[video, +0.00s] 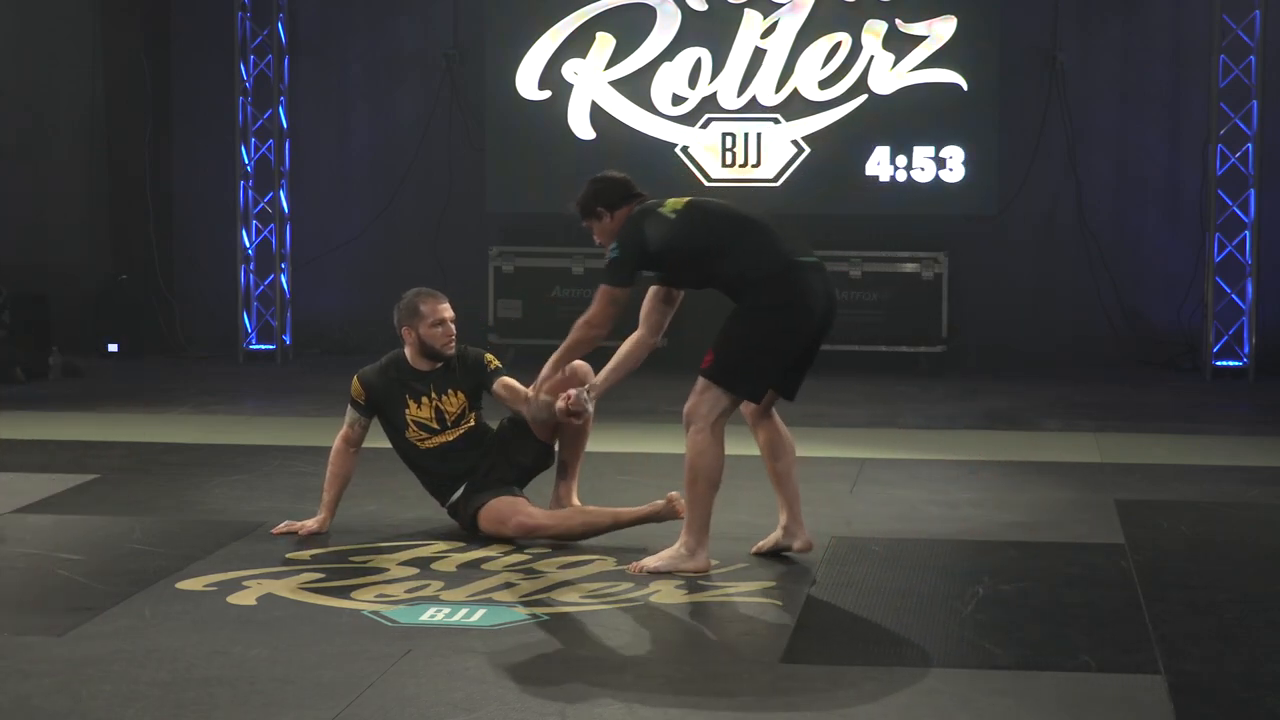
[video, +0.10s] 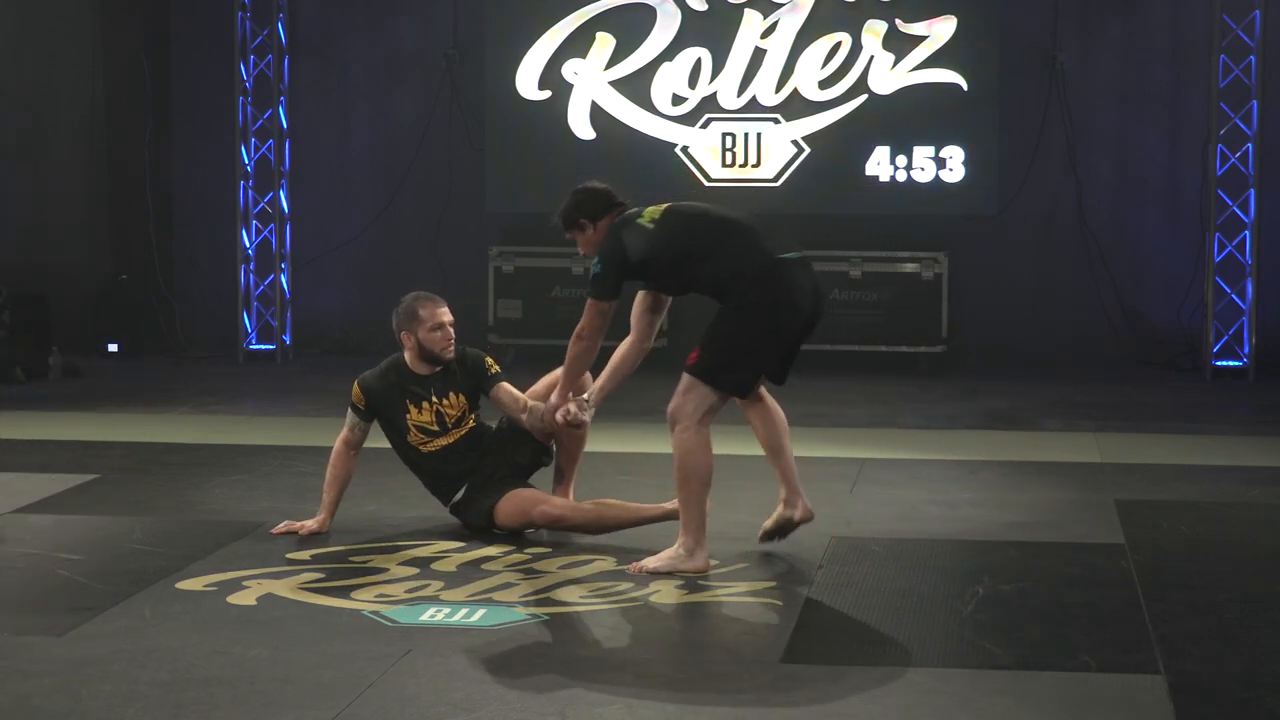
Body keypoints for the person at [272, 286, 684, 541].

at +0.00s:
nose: (453, 330)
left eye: (453, 321)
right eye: (442, 324)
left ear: (450, 322)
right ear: (410, 331)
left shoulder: (467, 358)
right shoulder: (374, 383)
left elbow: (525, 403)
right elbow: (348, 444)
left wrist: (561, 405)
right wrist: (323, 517)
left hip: (504, 449)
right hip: (468, 491)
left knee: (573, 374)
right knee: (525, 524)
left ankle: (568, 501)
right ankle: (658, 511)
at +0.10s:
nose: (451, 335)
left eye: (451, 325)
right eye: (440, 329)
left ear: (450, 325)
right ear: (408, 337)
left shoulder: (467, 362)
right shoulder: (374, 388)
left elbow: (522, 411)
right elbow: (347, 448)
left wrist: (555, 414)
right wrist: (323, 518)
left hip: (502, 449)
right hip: (472, 493)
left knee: (570, 381)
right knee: (551, 511)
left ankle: (563, 503)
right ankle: (678, 510)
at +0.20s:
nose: (452, 339)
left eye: (452, 329)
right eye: (440, 333)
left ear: (452, 330)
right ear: (409, 342)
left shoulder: (467, 364)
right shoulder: (379, 394)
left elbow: (531, 413)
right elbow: (347, 451)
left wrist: (572, 415)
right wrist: (323, 518)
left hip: (505, 453)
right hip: (479, 497)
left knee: (577, 378)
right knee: (567, 502)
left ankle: (564, 505)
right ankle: (688, 501)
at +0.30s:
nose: (457, 338)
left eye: (457, 329)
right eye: (445, 333)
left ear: (455, 330)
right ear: (415, 344)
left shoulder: (475, 365)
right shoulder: (387, 396)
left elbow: (548, 387)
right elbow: (343, 448)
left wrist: (603, 374)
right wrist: (324, 517)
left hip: (511, 453)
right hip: (486, 496)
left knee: (578, 388)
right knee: (583, 478)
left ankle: (564, 506)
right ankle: (697, 468)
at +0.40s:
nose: (461, 335)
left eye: (459, 326)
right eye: (449, 330)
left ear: (455, 331)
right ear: (418, 342)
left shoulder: (478, 358)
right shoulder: (392, 396)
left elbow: (548, 336)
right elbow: (346, 447)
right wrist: (361, 510)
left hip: (518, 448)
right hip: (492, 493)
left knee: (574, 391)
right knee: (590, 454)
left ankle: (586, 509)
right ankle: (711, 428)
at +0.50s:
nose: (457, 337)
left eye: (453, 329)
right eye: (444, 335)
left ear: (455, 331)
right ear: (417, 355)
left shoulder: (472, 353)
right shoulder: (405, 415)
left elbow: (531, 320)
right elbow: (376, 491)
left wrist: (574, 271)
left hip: (520, 460)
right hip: (499, 500)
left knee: (574, 359)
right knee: (575, 433)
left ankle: (591, 492)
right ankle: (694, 411)